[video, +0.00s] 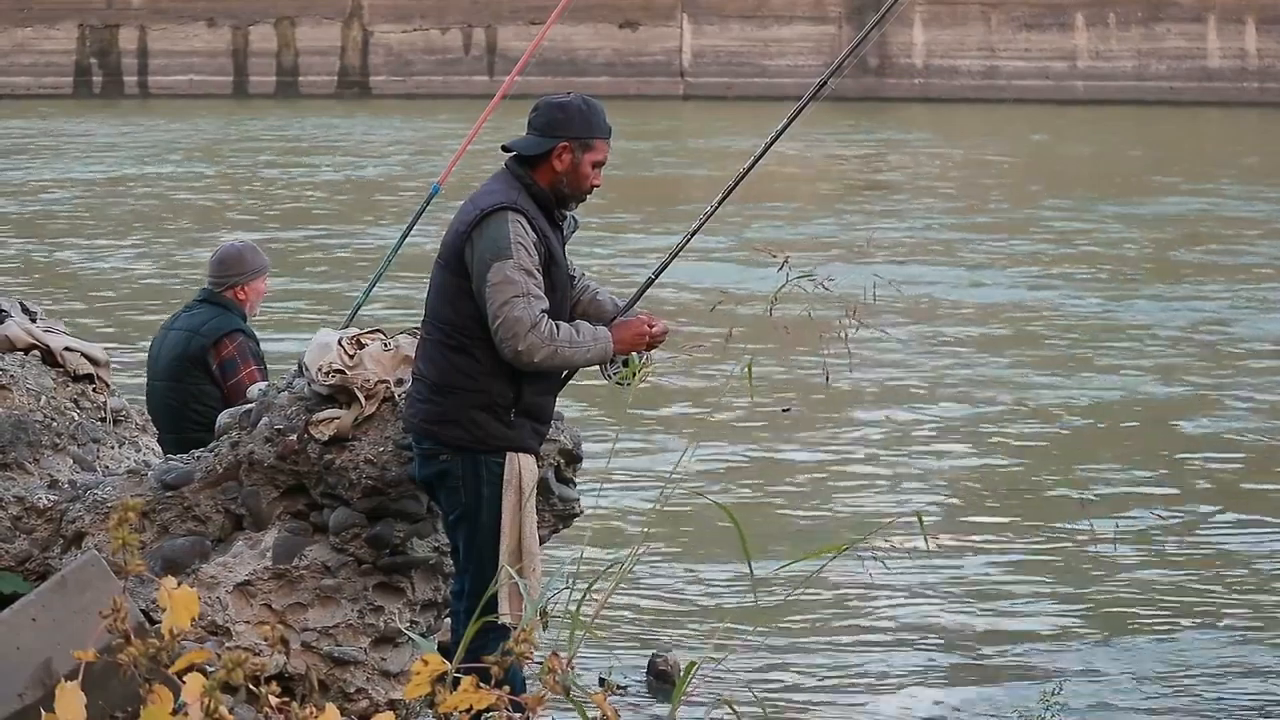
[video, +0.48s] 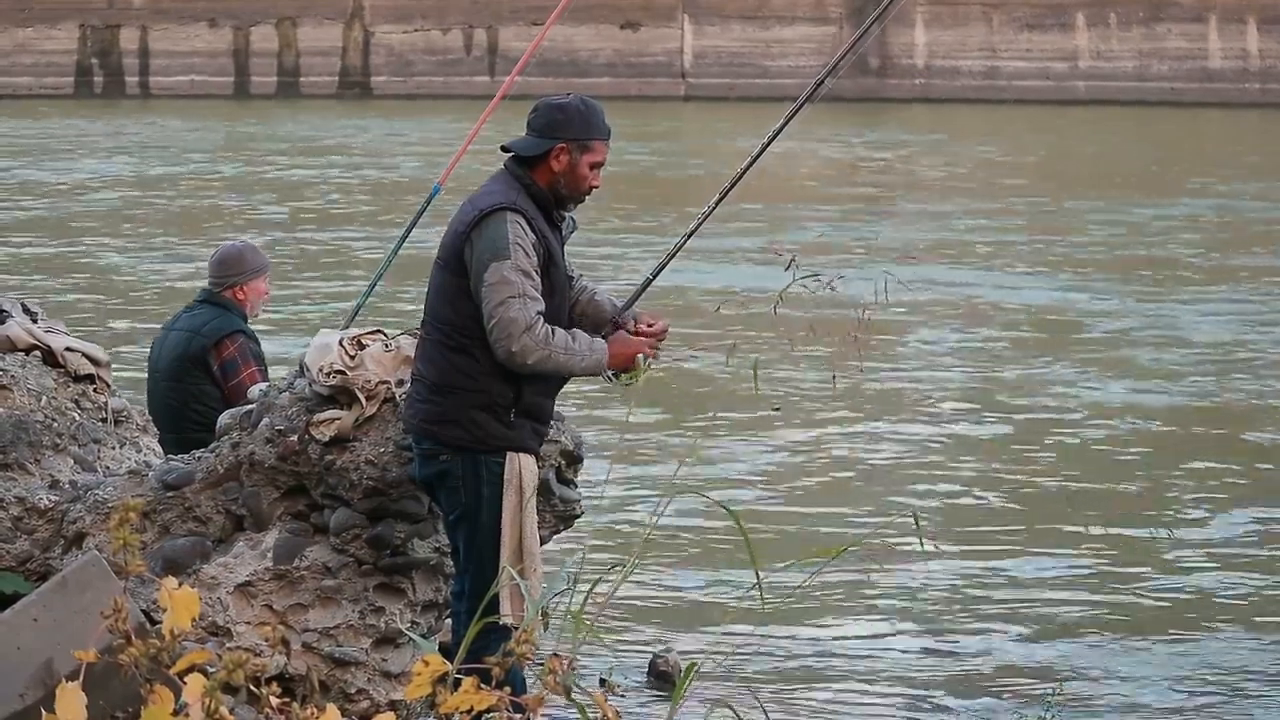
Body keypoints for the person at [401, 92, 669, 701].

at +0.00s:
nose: (600, 178)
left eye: (603, 165)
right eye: (596, 164)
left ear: (562, 156)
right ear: (560, 156)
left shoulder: (535, 214)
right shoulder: (505, 221)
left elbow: (566, 293)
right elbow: (524, 339)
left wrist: (622, 319)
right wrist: (611, 340)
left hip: (493, 433)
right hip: (468, 438)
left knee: (497, 589)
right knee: (489, 594)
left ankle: (490, 706)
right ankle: (487, 709)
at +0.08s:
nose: (600, 178)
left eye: (603, 165)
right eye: (596, 164)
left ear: (562, 156)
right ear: (560, 156)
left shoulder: (535, 215)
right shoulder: (506, 222)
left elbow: (565, 293)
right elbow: (524, 338)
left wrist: (621, 320)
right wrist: (611, 340)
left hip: (494, 433)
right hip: (468, 438)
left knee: (496, 591)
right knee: (488, 595)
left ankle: (489, 708)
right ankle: (486, 710)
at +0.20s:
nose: (600, 178)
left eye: (603, 165)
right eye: (596, 164)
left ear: (562, 156)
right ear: (560, 156)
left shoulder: (535, 215)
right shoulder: (505, 222)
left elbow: (565, 293)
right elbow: (520, 338)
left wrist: (620, 320)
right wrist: (610, 342)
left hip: (493, 433)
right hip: (468, 437)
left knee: (494, 589)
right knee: (487, 594)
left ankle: (486, 706)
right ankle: (486, 709)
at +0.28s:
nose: (599, 178)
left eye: (603, 165)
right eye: (596, 164)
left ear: (562, 156)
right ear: (561, 156)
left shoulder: (535, 214)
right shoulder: (506, 221)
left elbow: (565, 293)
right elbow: (519, 339)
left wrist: (620, 320)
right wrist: (610, 344)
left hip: (493, 433)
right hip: (468, 438)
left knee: (494, 589)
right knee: (488, 594)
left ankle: (487, 706)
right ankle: (485, 708)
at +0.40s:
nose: (599, 178)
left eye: (602, 165)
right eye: (595, 164)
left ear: (561, 156)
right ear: (560, 156)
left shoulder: (534, 215)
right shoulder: (505, 222)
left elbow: (564, 294)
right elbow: (518, 339)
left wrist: (621, 322)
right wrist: (606, 351)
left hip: (493, 432)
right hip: (468, 437)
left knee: (496, 591)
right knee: (489, 596)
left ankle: (492, 709)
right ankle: (487, 711)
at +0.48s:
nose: (598, 178)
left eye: (602, 165)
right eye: (594, 165)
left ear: (560, 157)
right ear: (558, 157)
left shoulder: (535, 215)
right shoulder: (505, 222)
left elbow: (563, 295)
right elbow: (518, 340)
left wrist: (619, 322)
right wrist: (604, 353)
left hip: (493, 433)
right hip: (468, 438)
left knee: (497, 590)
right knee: (489, 594)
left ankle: (488, 707)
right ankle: (485, 710)